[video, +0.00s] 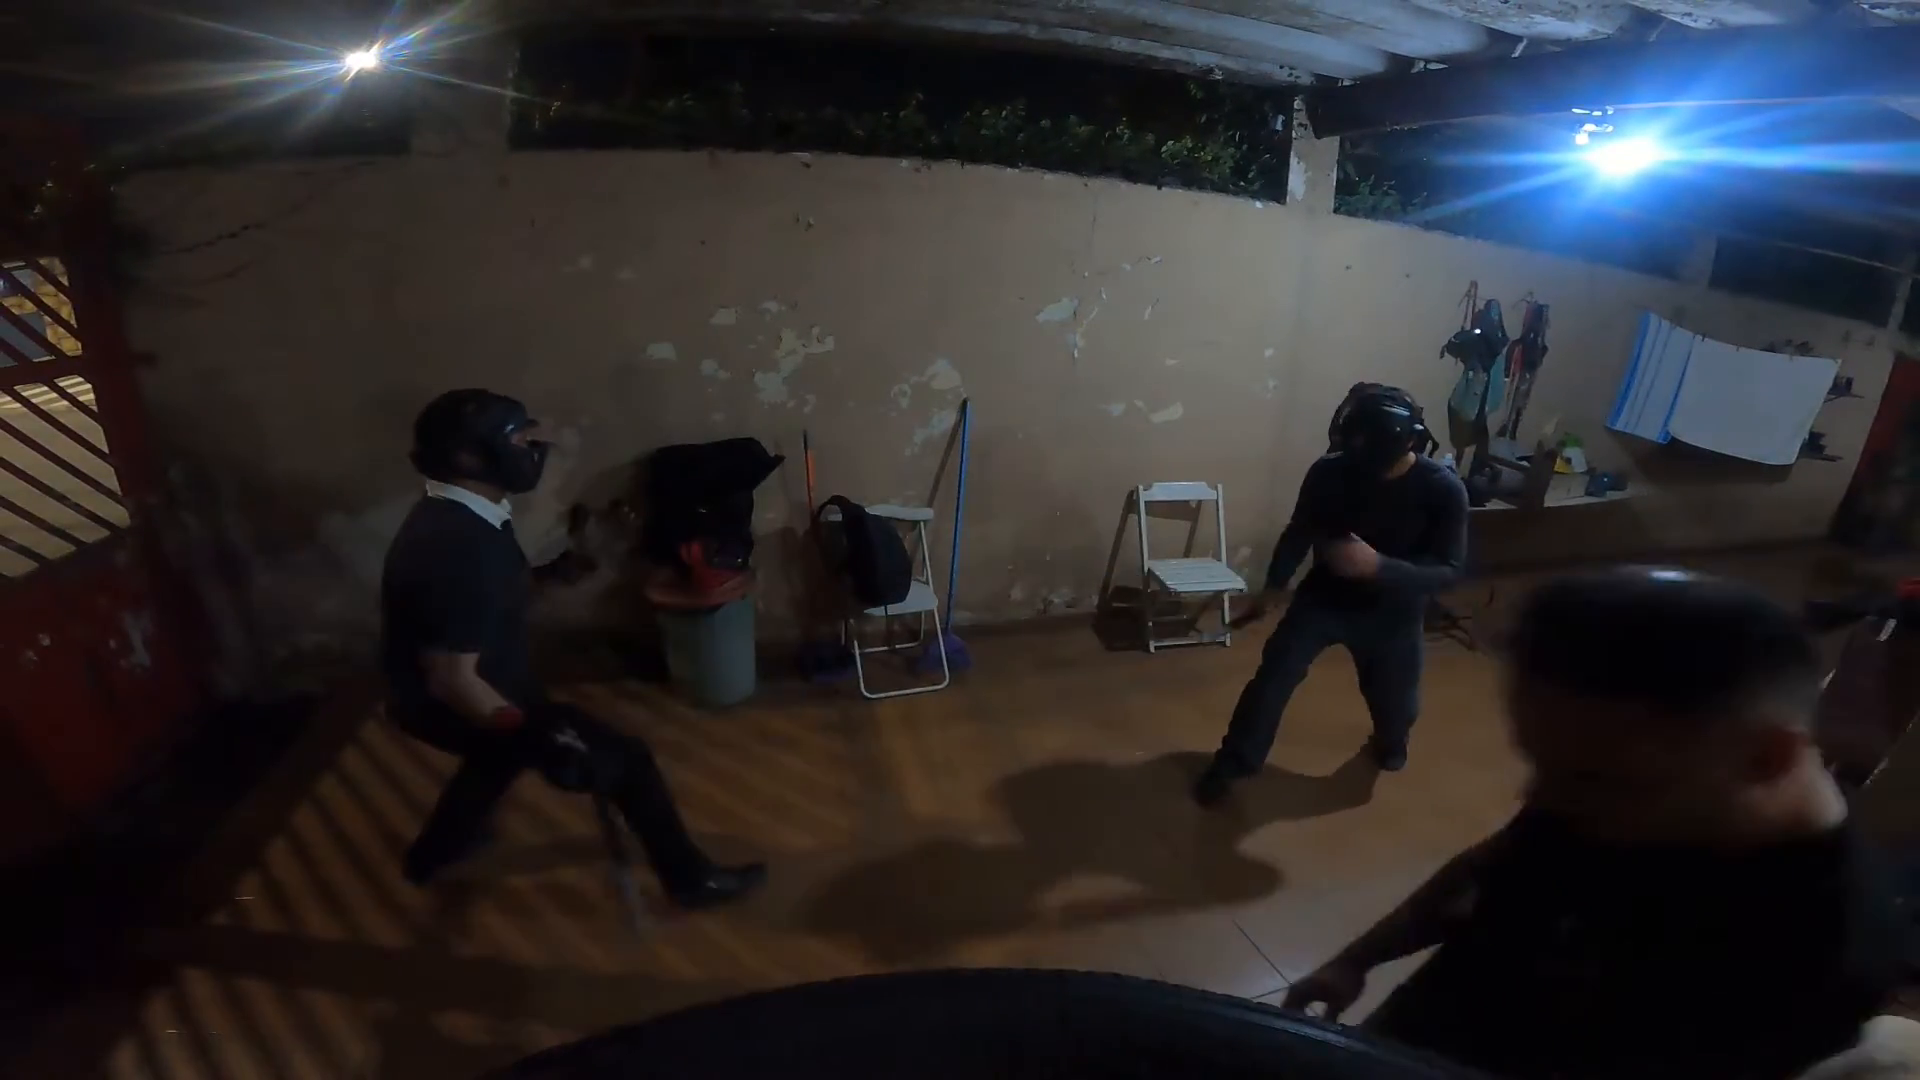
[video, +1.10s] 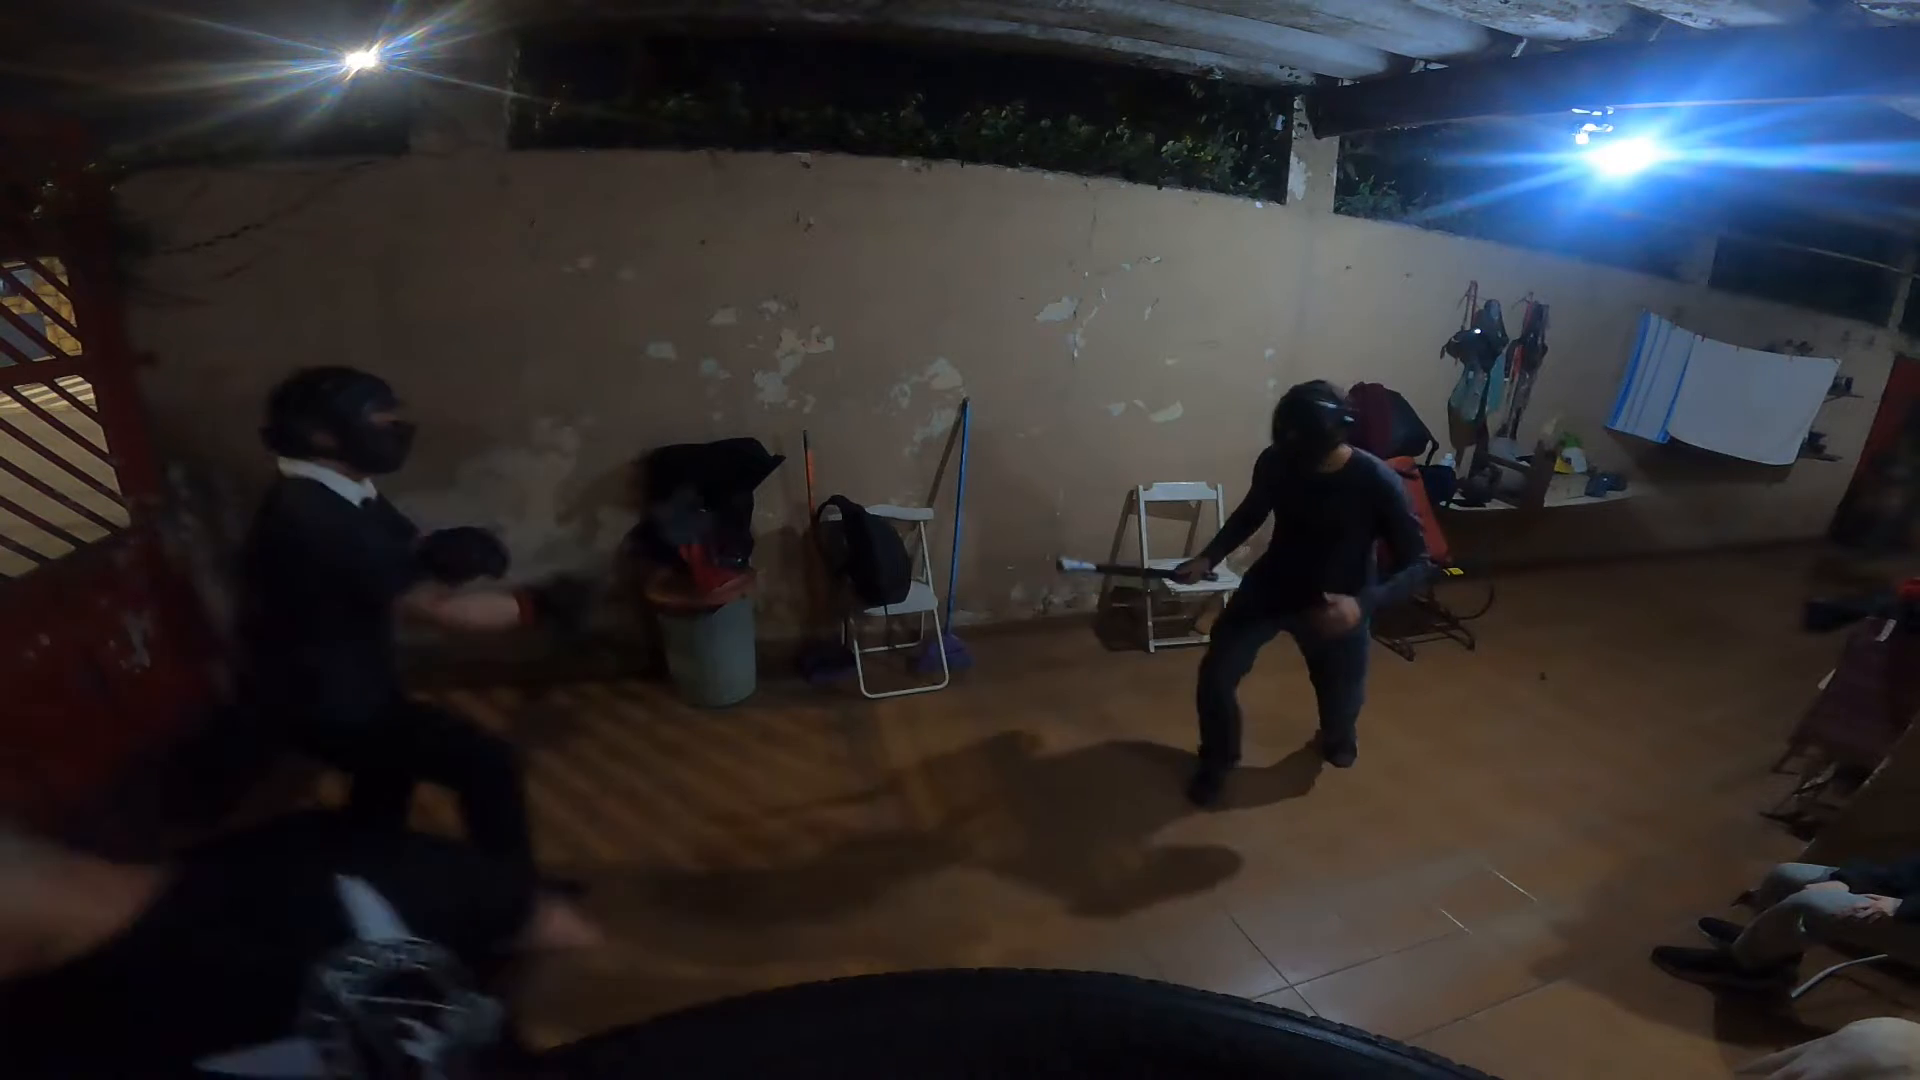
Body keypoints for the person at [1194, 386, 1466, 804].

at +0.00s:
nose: (1354, 452)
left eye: (1365, 444)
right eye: (1353, 441)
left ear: (1401, 445)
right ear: (1353, 438)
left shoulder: (1442, 490)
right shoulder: (1330, 473)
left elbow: (1450, 571)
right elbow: (1297, 536)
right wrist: (1267, 593)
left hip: (1393, 612)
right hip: (1324, 599)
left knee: (1396, 705)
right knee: (1273, 677)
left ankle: (1391, 747)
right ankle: (1234, 760)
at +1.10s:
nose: (1296, 460)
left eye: (1304, 452)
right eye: (1291, 450)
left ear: (1329, 440)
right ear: (1288, 440)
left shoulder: (1377, 482)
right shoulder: (1276, 463)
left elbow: (1417, 566)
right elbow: (1250, 514)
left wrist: (1362, 604)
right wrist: (1206, 560)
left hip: (1339, 598)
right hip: (1274, 585)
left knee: (1341, 701)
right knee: (1216, 675)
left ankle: (1338, 741)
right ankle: (1216, 760)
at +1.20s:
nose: (1253, 457)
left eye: (1260, 449)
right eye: (1251, 449)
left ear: (1294, 437)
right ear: (1254, 444)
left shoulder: (1348, 477)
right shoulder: (1259, 471)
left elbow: (1410, 550)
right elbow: (1238, 521)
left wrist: (1387, 618)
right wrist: (1191, 558)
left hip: (1334, 603)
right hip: (1272, 588)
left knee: (1335, 694)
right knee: (1202, 671)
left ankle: (1340, 744)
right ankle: (1184, 746)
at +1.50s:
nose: (1228, 471)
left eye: (1236, 461)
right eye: (1219, 461)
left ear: (1259, 448)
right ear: (1207, 452)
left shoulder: (1295, 485)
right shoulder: (1199, 473)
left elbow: (1357, 563)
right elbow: (1185, 528)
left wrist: (1329, 617)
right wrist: (1146, 577)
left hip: (1282, 599)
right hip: (1219, 589)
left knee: (1280, 714)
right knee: (1161, 681)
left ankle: (1292, 758)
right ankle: (1164, 747)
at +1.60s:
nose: (1254, 466)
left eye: (1267, 458)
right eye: (1247, 452)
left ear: (1292, 452)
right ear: (1237, 438)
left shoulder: (1318, 494)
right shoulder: (1208, 464)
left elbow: (1334, 587)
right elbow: (1180, 517)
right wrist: (1141, 573)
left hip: (1270, 601)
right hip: (1199, 585)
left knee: (1261, 715)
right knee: (1146, 678)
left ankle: (1248, 765)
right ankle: (1161, 740)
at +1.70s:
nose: (1267, 477)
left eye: (1281, 471)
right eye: (1261, 463)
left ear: (1304, 465)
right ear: (1249, 446)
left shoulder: (1321, 508)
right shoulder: (1212, 468)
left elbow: (1319, 599)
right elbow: (1174, 520)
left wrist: (1231, 567)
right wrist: (1137, 573)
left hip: (1257, 609)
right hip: (1191, 589)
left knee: (1247, 710)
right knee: (1125, 682)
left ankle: (1244, 776)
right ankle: (1148, 733)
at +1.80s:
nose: (1255, 488)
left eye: (1265, 478)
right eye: (1244, 475)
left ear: (1282, 470)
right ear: (1227, 459)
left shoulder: (1302, 521)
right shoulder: (1191, 480)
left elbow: (1306, 616)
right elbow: (1151, 544)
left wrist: (1225, 622)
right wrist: (1124, 595)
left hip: (1236, 624)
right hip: (1168, 601)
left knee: (1234, 725)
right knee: (1095, 692)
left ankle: (1246, 778)